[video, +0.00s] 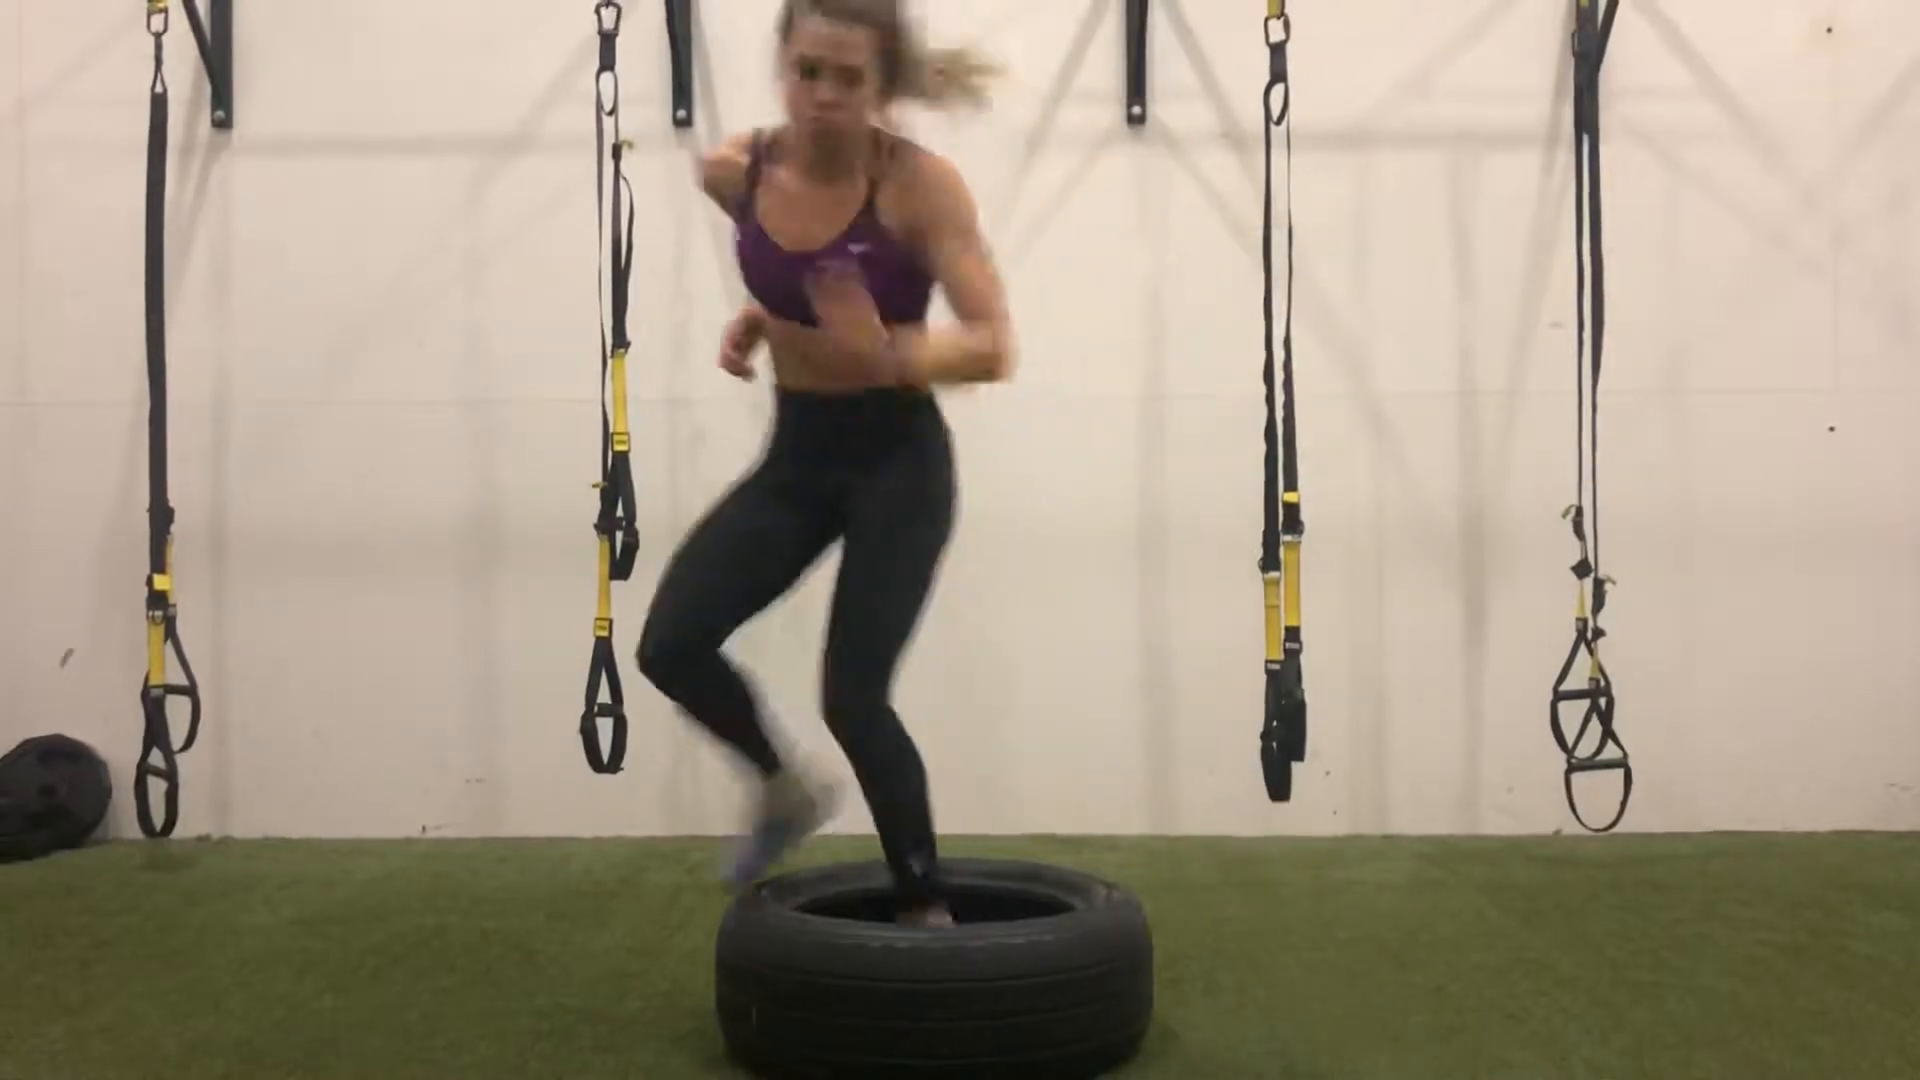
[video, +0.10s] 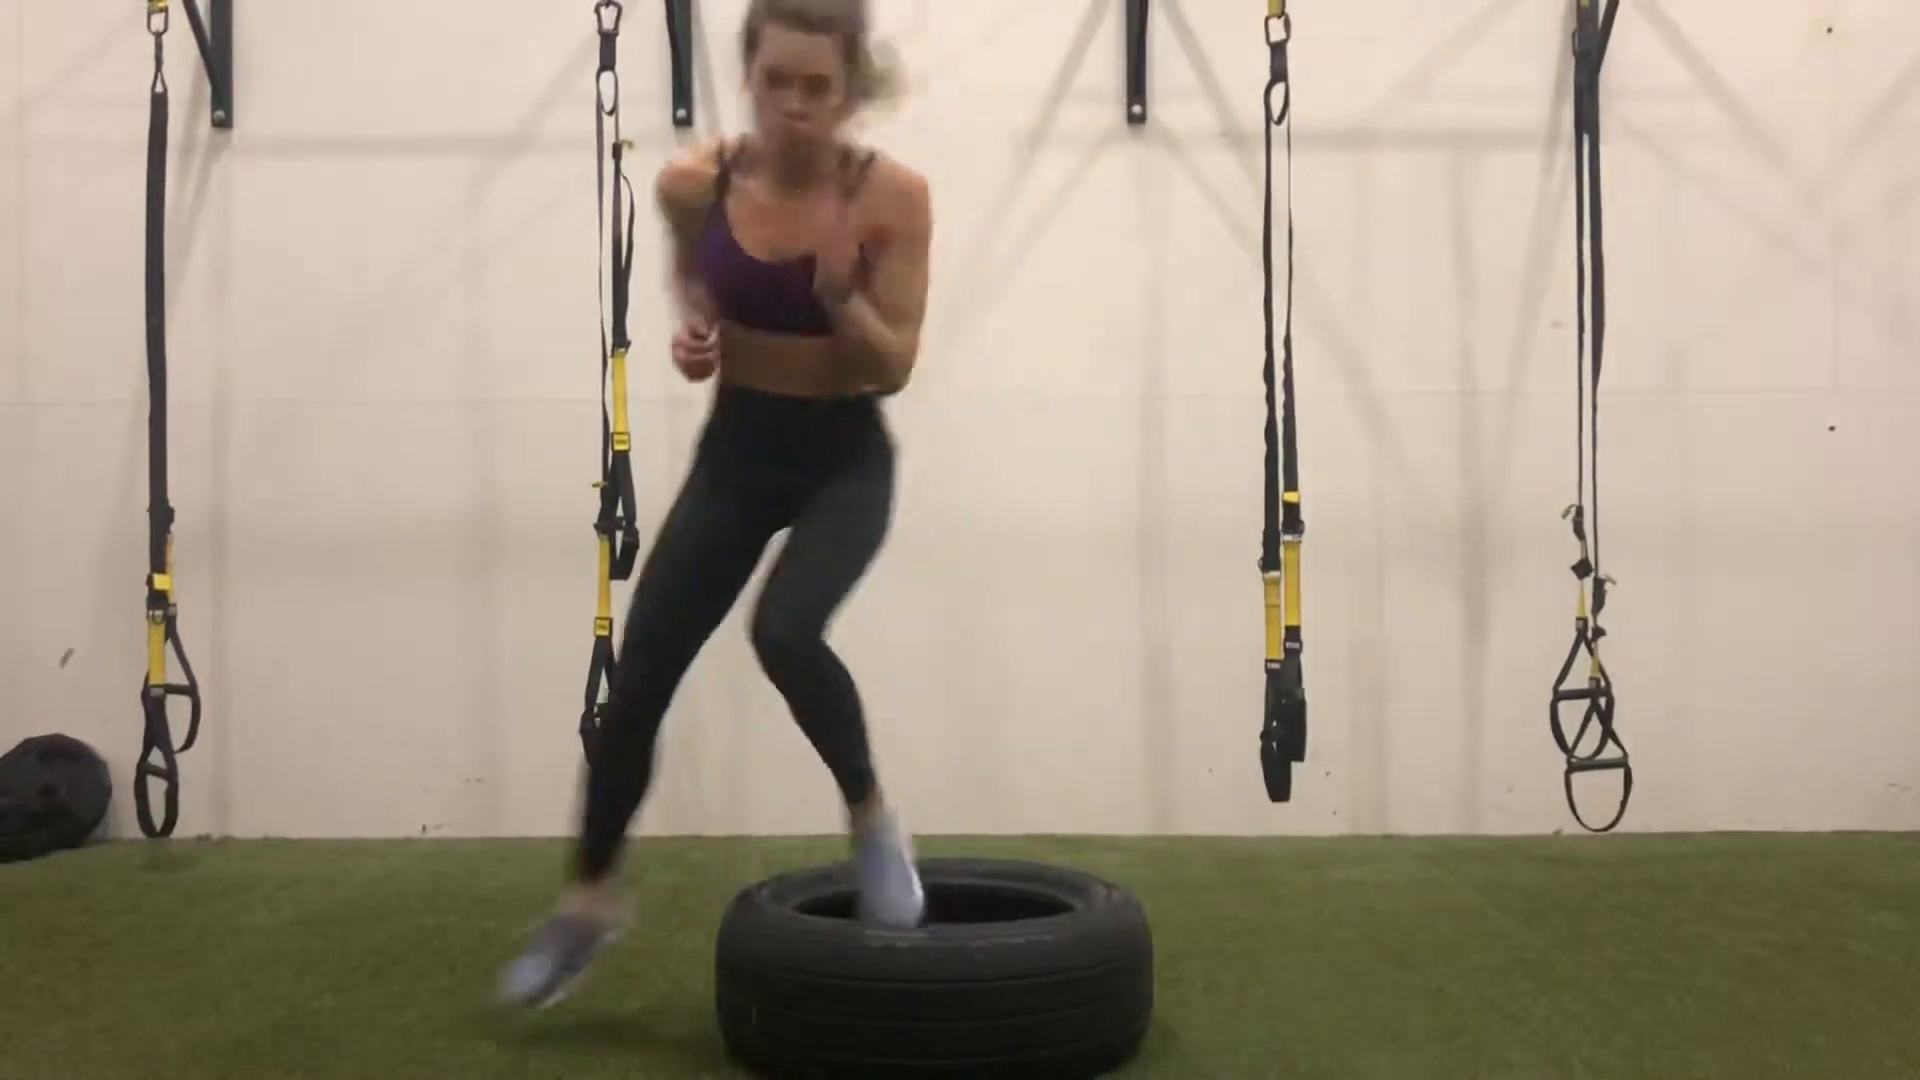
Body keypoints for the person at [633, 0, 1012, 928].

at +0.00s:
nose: (825, 94)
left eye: (848, 78)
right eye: (809, 71)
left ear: (884, 86)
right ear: (784, 70)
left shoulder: (923, 186)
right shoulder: (735, 172)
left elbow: (992, 347)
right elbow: (795, 257)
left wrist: (890, 354)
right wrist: (758, 316)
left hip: (900, 462)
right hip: (800, 455)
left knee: (853, 697)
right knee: (672, 647)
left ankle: (926, 912)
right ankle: (787, 786)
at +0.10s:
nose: (794, 104)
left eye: (816, 86)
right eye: (777, 82)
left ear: (852, 89)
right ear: (748, 78)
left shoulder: (892, 197)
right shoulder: (694, 184)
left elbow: (893, 367)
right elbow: (691, 279)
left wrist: (843, 298)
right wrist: (698, 329)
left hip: (845, 460)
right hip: (739, 453)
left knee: (784, 634)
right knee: (638, 676)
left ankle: (873, 826)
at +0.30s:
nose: (777, 160)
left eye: (799, 138)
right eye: (756, 136)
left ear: (829, 140)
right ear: (722, 131)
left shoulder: (856, 252)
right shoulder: (672, 237)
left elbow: (865, 338)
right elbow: (598, 386)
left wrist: (840, 405)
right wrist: (667, 410)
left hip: (743, 517)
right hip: (631, 492)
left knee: (695, 715)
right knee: (553, 737)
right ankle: (477, 953)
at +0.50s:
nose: (823, 179)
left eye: (841, 158)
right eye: (802, 157)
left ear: (867, 157)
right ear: (765, 155)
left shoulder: (893, 260)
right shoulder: (715, 247)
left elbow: (968, 390)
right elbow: (591, 282)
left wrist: (893, 316)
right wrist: (486, 296)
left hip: (755, 525)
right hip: (674, 502)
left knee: (675, 794)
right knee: (847, 643)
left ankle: (522, 982)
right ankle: (636, 717)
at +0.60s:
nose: (870, 97)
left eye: (885, 76)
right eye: (850, 78)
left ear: (910, 70)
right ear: (814, 72)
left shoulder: (946, 131)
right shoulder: (776, 164)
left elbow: (954, 209)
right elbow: (685, 210)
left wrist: (810, 188)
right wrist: (621, 229)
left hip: (845, 461)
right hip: (786, 451)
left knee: (743, 719)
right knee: (979, 606)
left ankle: (560, 900)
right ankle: (862, 824)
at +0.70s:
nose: (914, 83)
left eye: (932, 60)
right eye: (892, 60)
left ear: (957, 52)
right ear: (850, 53)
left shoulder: (991, 116)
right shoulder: (815, 149)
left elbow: (950, 193)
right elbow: (730, 238)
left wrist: (809, 194)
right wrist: (668, 285)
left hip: (916, 457)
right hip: (870, 458)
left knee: (895, 719)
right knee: (990, 696)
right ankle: (946, 936)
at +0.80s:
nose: (977, 100)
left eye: (994, 78)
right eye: (955, 81)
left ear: (1021, 71)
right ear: (921, 77)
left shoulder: (1061, 139)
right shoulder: (886, 182)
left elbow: (1023, 193)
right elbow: (762, 284)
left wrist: (953, 220)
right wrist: (638, 361)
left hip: (1000, 489)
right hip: (923, 487)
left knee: (1107, 701)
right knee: (974, 741)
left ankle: (910, 669)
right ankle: (934, 966)